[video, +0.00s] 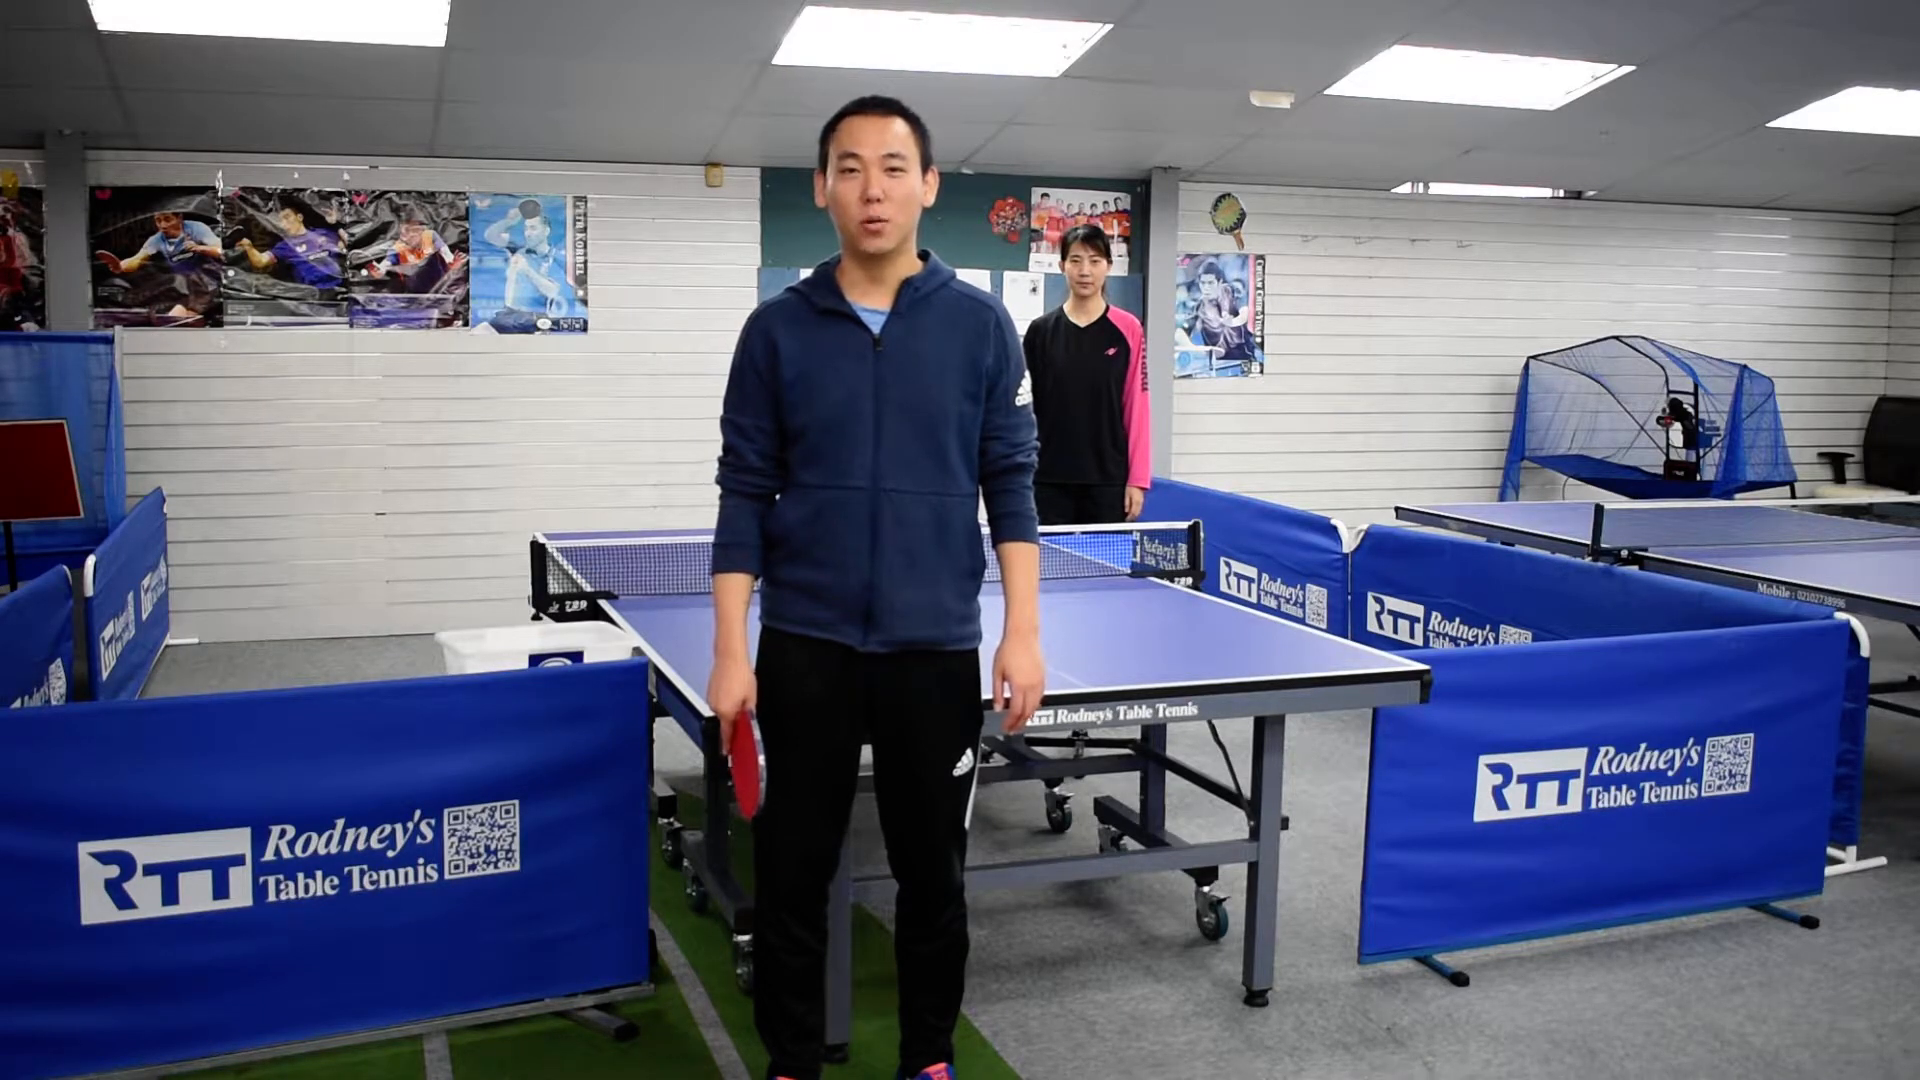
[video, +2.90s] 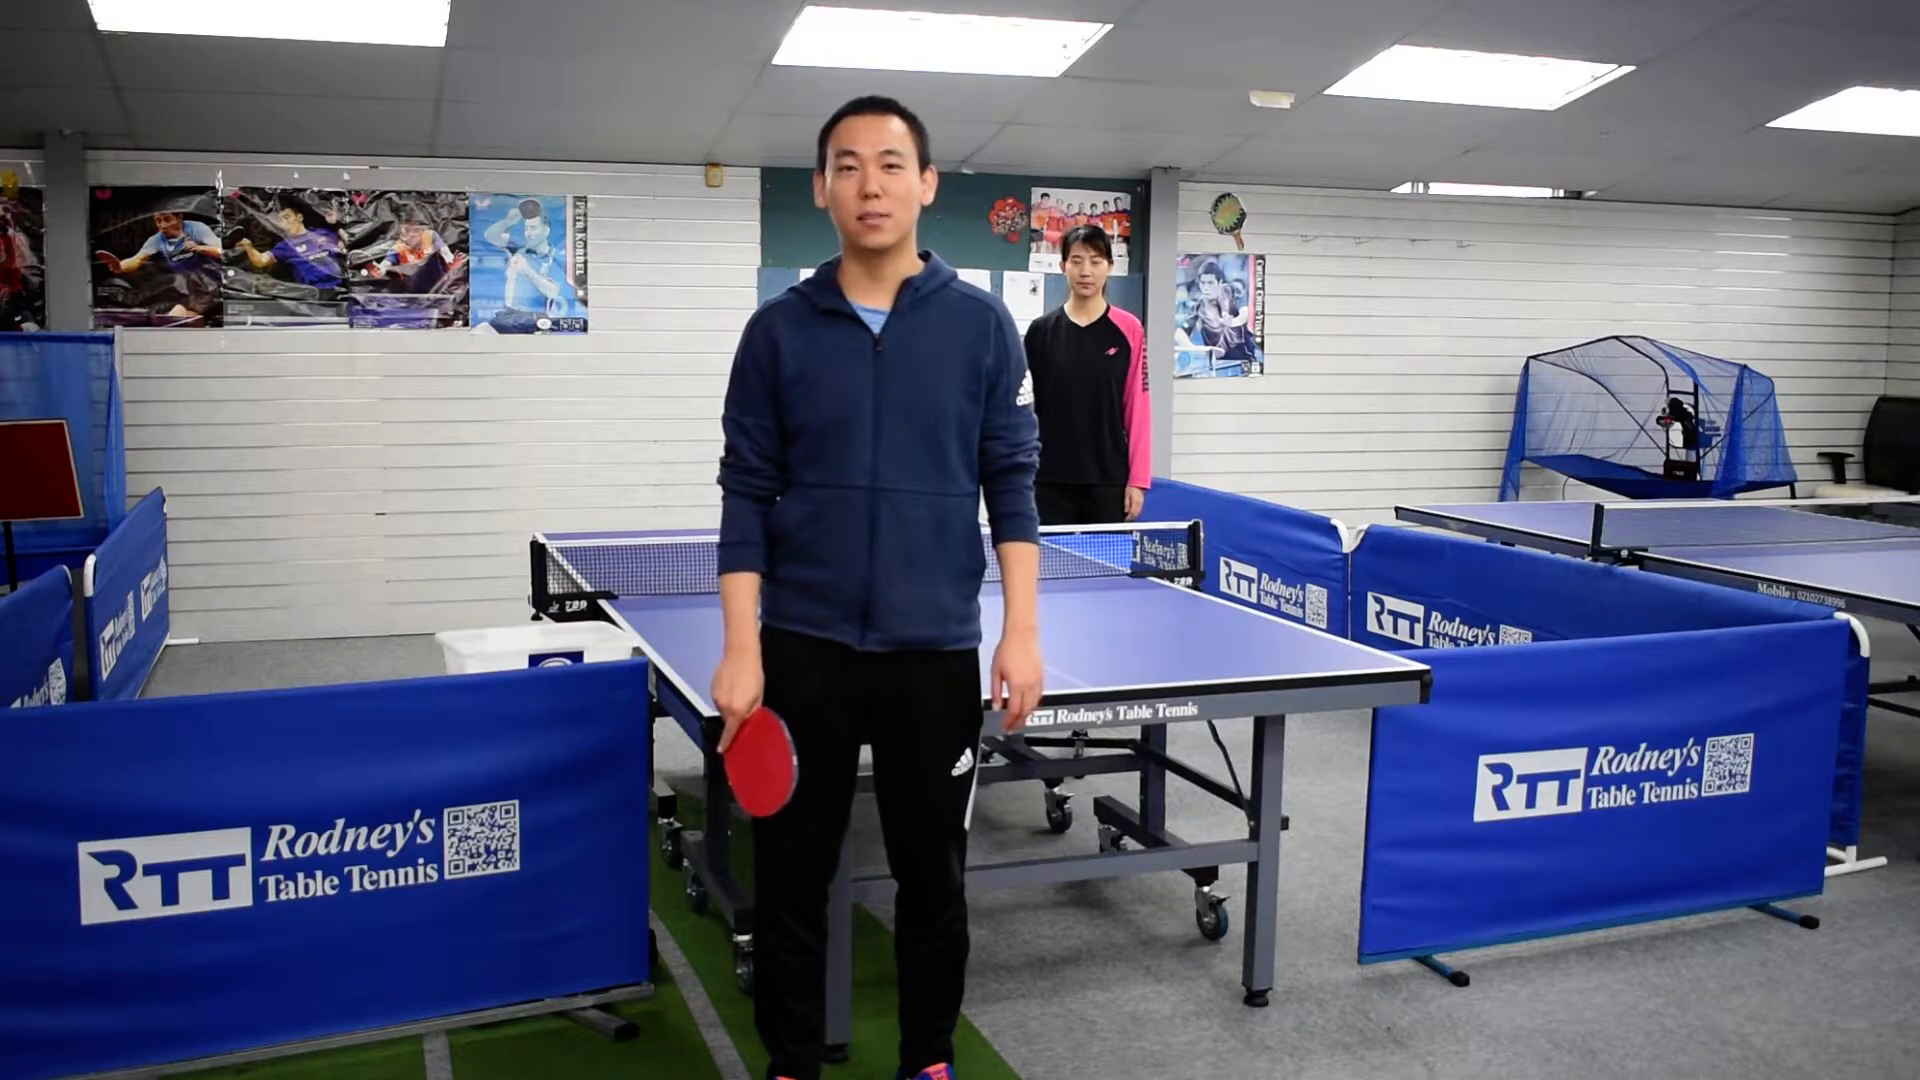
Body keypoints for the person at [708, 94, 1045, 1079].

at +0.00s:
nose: (870, 188)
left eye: (893, 168)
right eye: (849, 169)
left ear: (927, 189)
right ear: (824, 191)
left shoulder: (979, 325)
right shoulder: (777, 329)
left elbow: (1012, 482)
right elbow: (742, 490)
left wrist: (1023, 631)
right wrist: (730, 650)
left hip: (934, 644)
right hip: (806, 643)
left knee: (932, 874)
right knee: (791, 875)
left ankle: (930, 1060)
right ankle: (791, 1062)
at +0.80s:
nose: (864, 195)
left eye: (884, 173)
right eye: (842, 176)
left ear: (919, 187)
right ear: (814, 194)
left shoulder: (976, 323)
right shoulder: (777, 328)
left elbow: (1010, 478)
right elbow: (736, 467)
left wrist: (1025, 628)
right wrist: (682, 539)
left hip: (936, 640)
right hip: (808, 636)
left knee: (931, 869)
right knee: (793, 867)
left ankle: (928, 1058)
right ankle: (792, 1062)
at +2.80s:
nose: (869, 185)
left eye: (891, 166)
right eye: (848, 167)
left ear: (926, 188)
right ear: (824, 191)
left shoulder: (981, 326)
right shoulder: (779, 329)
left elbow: (1014, 482)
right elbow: (745, 489)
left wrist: (1024, 632)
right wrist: (742, 645)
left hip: (934, 647)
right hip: (803, 645)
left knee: (932, 876)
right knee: (791, 881)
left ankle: (929, 1061)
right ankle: (791, 1063)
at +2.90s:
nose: (868, 184)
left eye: (890, 165)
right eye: (847, 167)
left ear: (925, 188)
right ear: (823, 191)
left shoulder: (980, 326)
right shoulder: (779, 329)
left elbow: (1013, 483)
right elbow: (744, 489)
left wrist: (1022, 631)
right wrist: (741, 645)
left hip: (933, 647)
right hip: (803, 645)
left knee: (932, 875)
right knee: (791, 881)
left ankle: (930, 1060)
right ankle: (791, 1062)